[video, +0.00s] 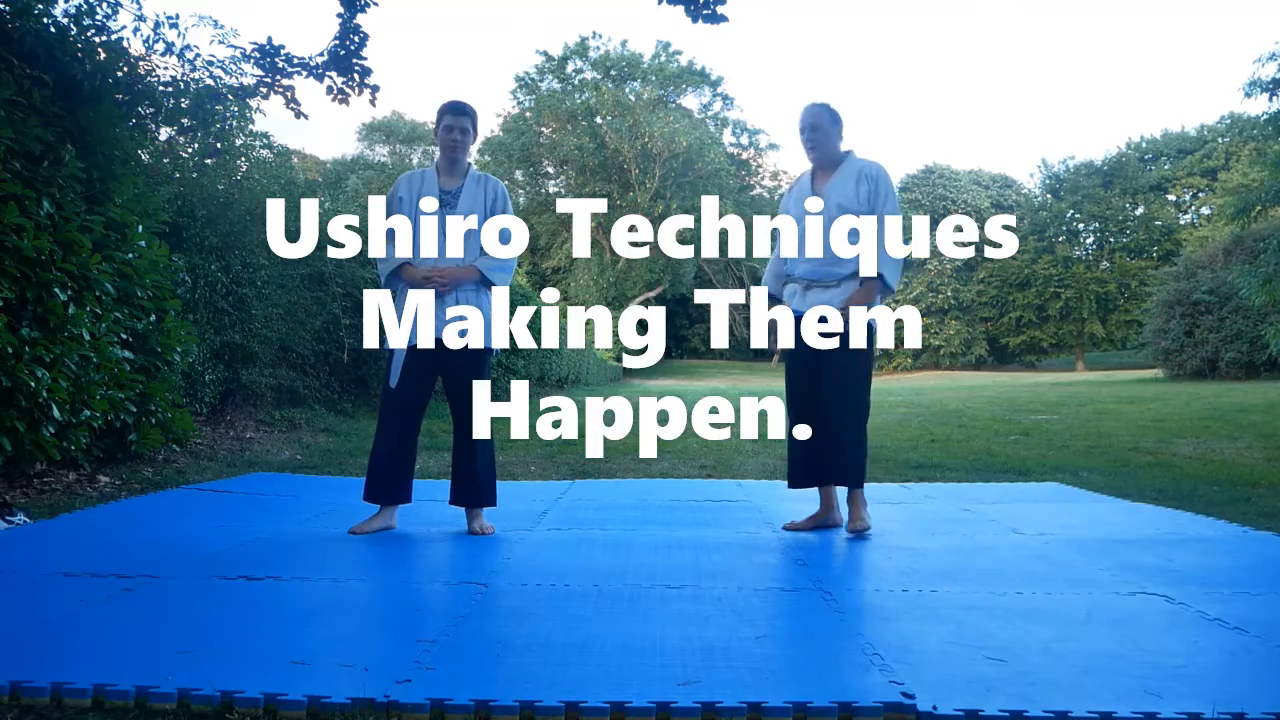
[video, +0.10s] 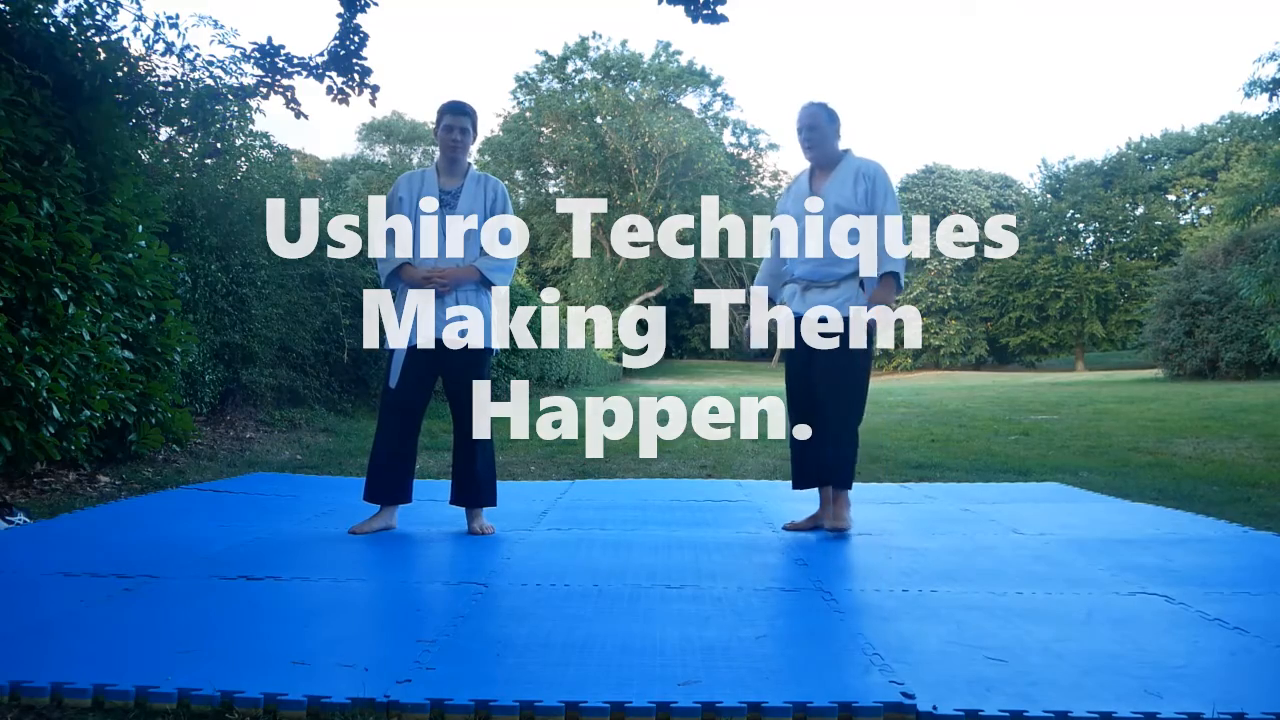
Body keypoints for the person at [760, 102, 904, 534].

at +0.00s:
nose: (808, 138)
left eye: (815, 130)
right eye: (803, 132)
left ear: (839, 132)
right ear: (798, 138)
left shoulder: (868, 175)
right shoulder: (795, 193)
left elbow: (890, 240)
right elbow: (780, 256)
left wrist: (865, 293)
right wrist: (771, 301)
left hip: (850, 306)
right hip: (800, 309)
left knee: (847, 406)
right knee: (810, 408)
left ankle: (856, 502)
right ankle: (827, 506)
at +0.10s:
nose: (805, 138)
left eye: (813, 130)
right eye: (801, 132)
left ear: (836, 131)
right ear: (796, 138)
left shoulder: (867, 174)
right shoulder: (793, 191)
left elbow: (892, 233)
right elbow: (775, 254)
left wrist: (884, 289)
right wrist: (761, 299)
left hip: (849, 303)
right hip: (799, 306)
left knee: (839, 403)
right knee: (809, 405)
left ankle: (840, 506)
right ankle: (825, 505)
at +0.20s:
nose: (804, 137)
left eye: (812, 129)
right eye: (799, 131)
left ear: (835, 130)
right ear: (794, 137)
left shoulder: (866, 173)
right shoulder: (792, 190)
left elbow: (890, 233)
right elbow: (773, 255)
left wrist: (894, 288)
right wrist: (751, 309)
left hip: (847, 307)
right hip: (800, 310)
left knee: (834, 403)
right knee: (810, 404)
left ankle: (828, 505)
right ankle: (826, 506)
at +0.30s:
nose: (802, 136)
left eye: (810, 128)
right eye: (797, 130)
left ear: (832, 130)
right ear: (792, 137)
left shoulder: (863, 172)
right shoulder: (791, 189)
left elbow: (889, 234)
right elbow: (770, 253)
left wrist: (901, 296)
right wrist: (749, 309)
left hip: (842, 306)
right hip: (797, 308)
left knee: (823, 403)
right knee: (809, 405)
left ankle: (810, 503)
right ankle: (827, 505)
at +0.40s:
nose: (801, 136)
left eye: (808, 128)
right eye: (795, 130)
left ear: (830, 129)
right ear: (791, 136)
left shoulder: (861, 171)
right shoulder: (790, 188)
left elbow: (887, 230)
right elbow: (770, 253)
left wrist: (899, 291)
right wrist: (750, 309)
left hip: (840, 304)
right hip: (793, 306)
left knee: (819, 405)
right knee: (806, 407)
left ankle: (799, 504)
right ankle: (827, 505)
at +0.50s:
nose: (800, 134)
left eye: (808, 126)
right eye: (794, 128)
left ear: (829, 128)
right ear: (788, 134)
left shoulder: (858, 172)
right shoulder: (788, 187)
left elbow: (881, 234)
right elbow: (770, 251)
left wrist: (891, 296)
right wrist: (757, 310)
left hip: (835, 305)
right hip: (790, 306)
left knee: (814, 407)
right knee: (800, 408)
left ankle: (794, 508)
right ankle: (828, 506)